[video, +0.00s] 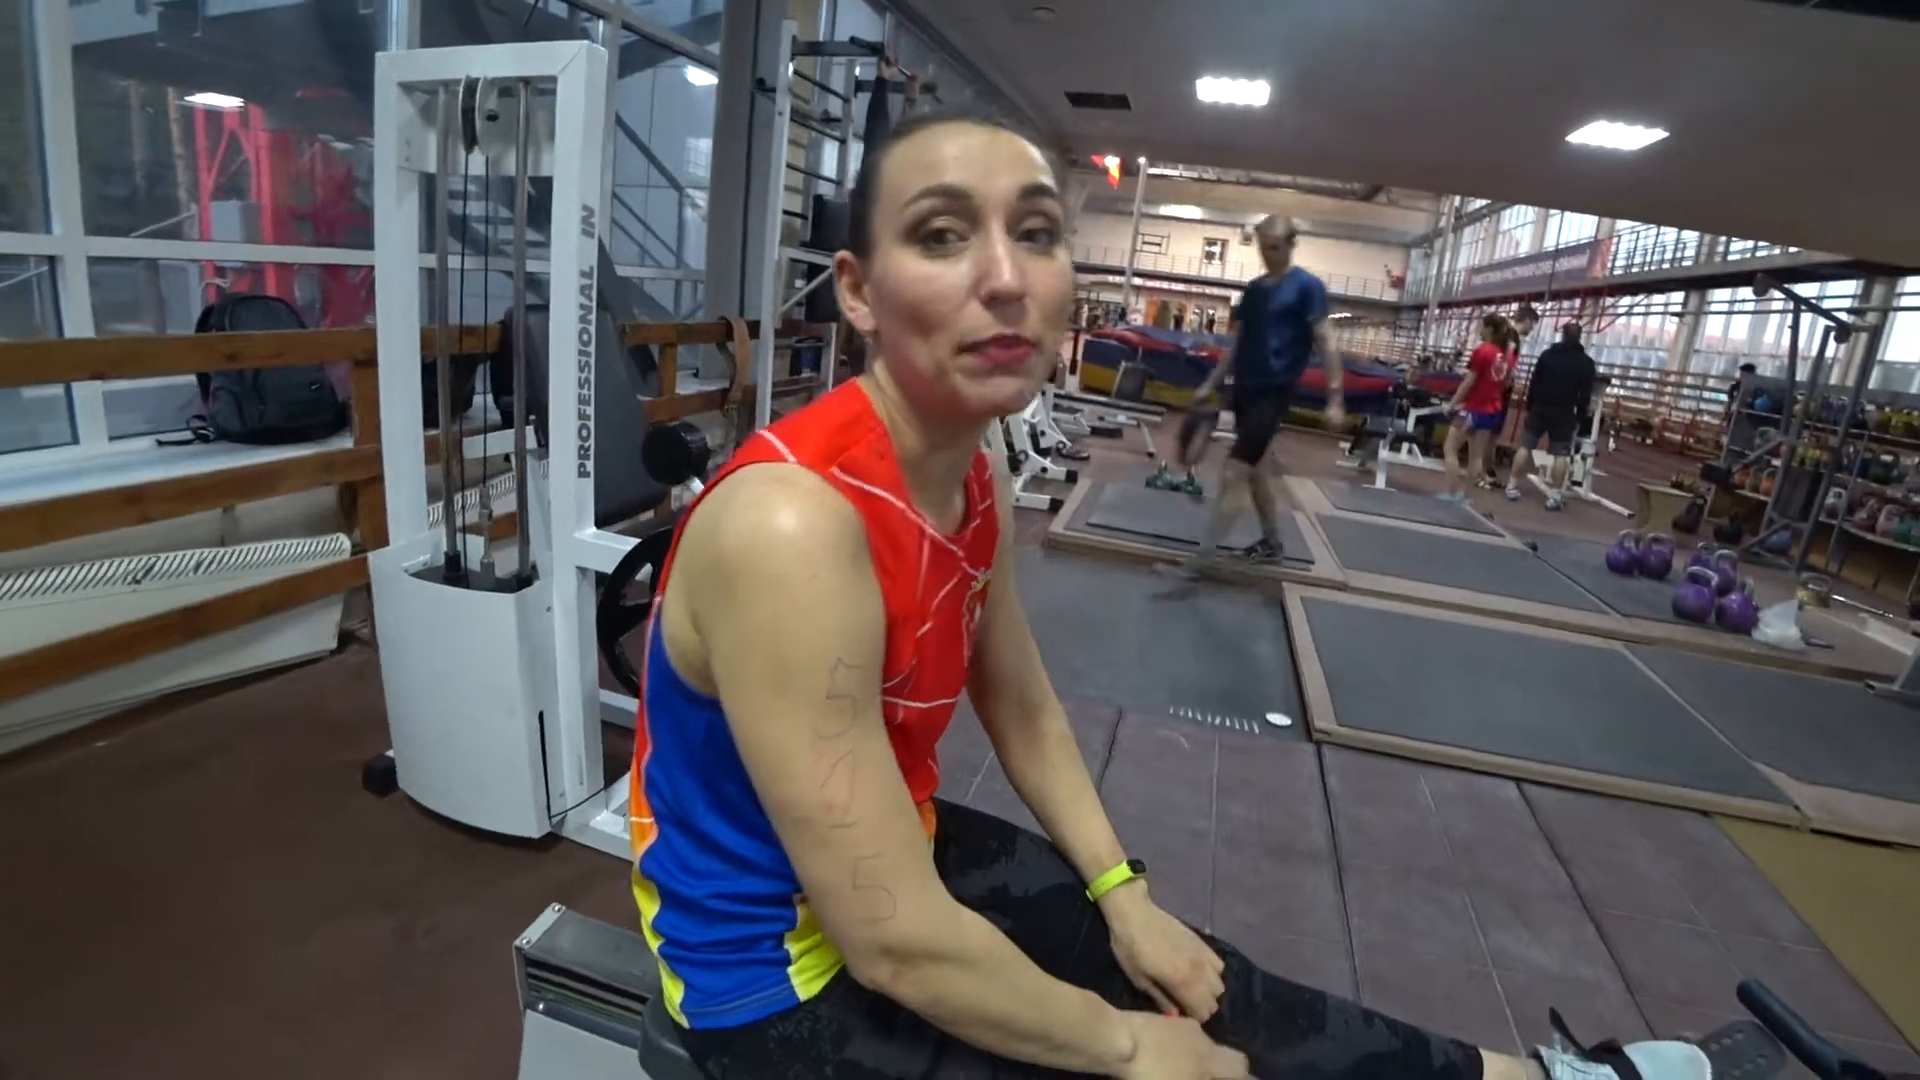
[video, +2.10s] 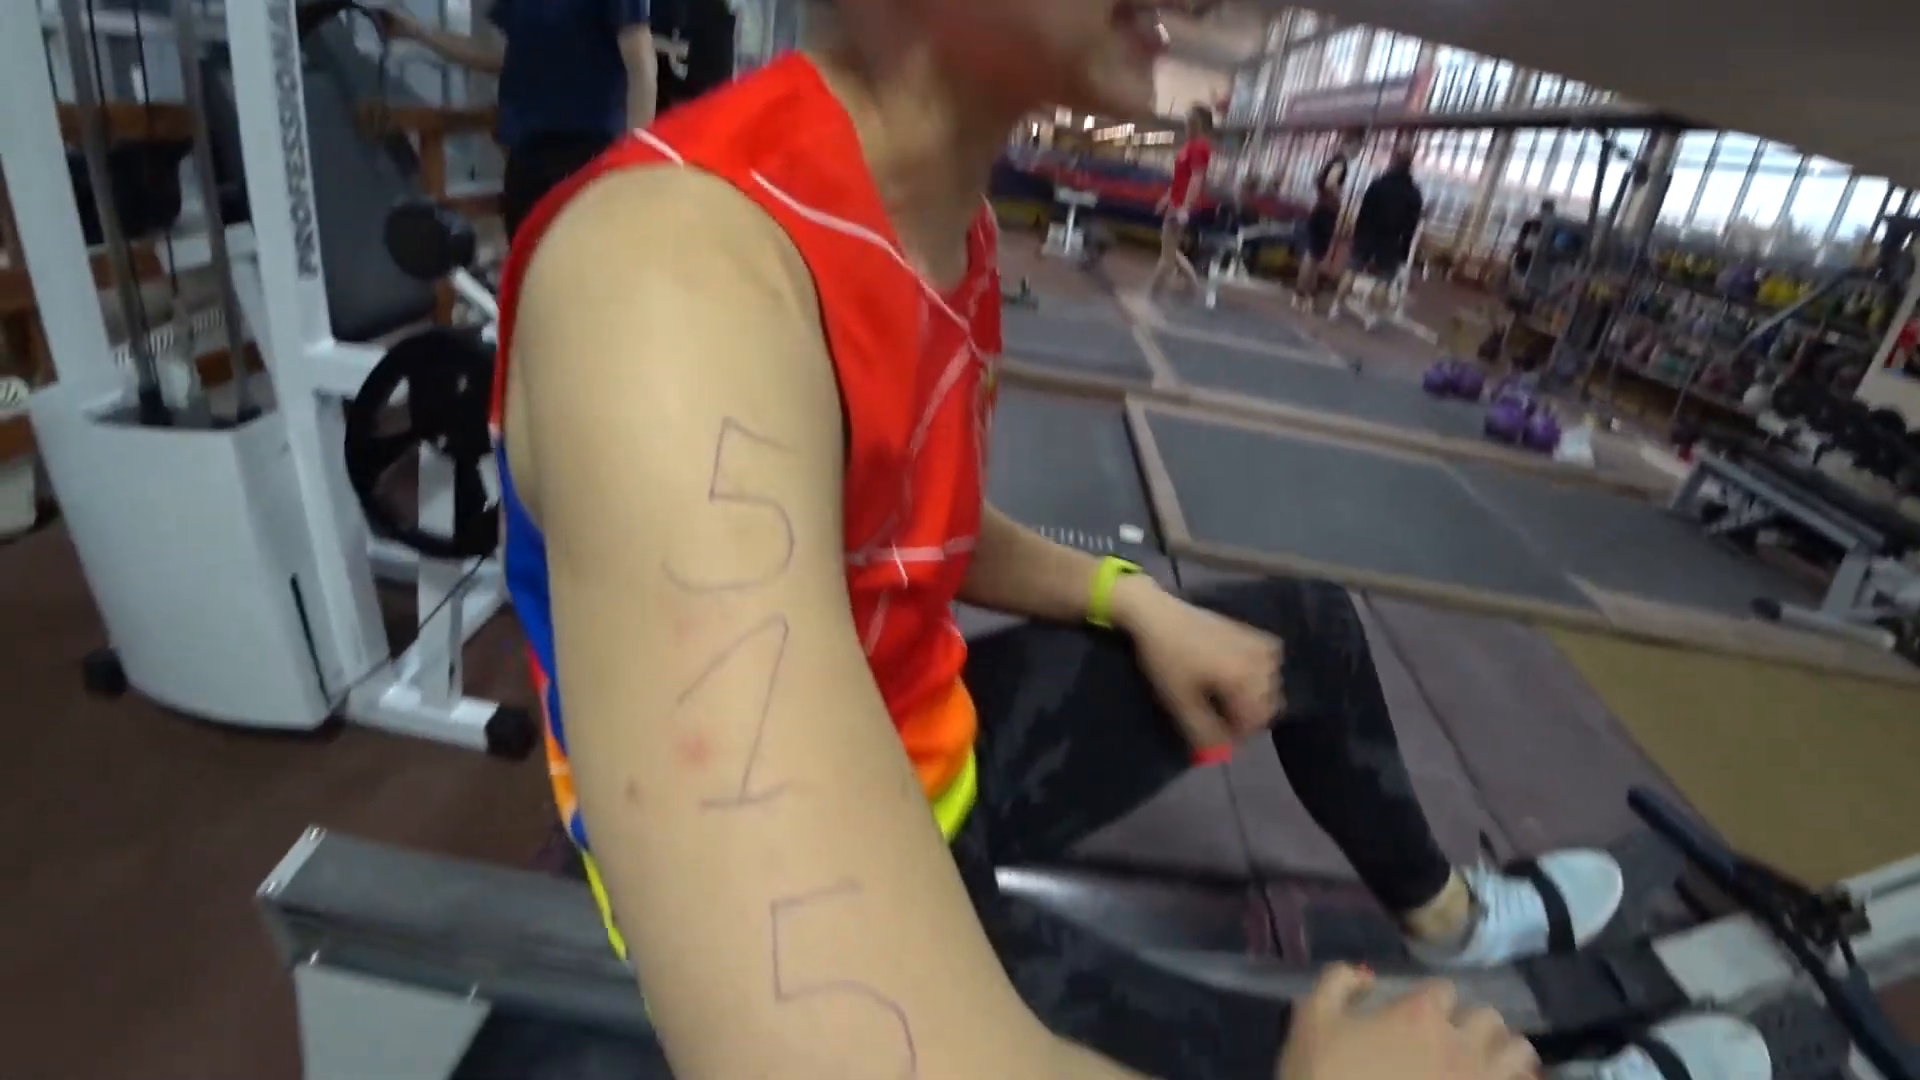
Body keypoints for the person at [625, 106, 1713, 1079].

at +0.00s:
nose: (1003, 278)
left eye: (1035, 232)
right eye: (942, 234)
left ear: (1073, 280)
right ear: (858, 293)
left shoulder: (957, 475)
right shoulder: (789, 529)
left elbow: (1019, 707)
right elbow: (892, 935)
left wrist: (1119, 897)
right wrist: (1133, 1047)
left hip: (914, 863)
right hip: (789, 991)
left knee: (1193, 978)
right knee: (1177, 1067)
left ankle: (1497, 1072)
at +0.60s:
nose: (1087, 190)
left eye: (1105, 141)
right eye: (1004, 144)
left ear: (1136, 191)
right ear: (889, 229)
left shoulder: (988, 428)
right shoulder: (814, 499)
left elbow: (1020, 690)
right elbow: (850, 1011)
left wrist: (1182, 813)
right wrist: (1191, 1011)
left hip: (960, 845)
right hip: (836, 1004)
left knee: (1293, 881)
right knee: (1315, 1047)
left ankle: (1548, 1067)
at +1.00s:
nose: (1044, 349)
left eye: (1114, 262)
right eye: (976, 260)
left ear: (1193, 257)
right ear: (901, 245)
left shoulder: (1023, 455)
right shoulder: (813, 547)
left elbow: (1031, 705)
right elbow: (941, 1059)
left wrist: (1234, 791)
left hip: (995, 926)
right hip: (827, 1042)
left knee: (1362, 827)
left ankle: (1519, 1074)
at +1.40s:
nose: (961, 436)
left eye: (1048, 344)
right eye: (891, 330)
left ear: (1145, 338)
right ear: (826, 301)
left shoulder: (984, 527)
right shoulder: (721, 638)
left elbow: (986, 763)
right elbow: (778, 1053)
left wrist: (1195, 826)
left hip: (978, 1002)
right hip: (809, 1050)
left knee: (1326, 861)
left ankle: (1413, 1065)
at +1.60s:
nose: (990, 308)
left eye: (1077, 207)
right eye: (910, 195)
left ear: (1171, 215)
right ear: (824, 183)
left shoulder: (969, 459)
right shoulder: (699, 547)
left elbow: (964, 724)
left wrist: (1189, 780)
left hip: (973, 974)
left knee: (1320, 817)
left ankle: (1430, 1071)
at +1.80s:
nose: (1030, 120)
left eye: (1109, 27)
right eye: (934, 20)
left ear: (1180, 69)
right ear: (818, 53)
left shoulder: (964, 359)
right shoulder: (684, 407)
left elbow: (940, 638)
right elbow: (800, 1040)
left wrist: (1182, 696)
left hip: (957, 904)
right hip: (785, 1006)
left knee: (1305, 736)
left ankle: (1445, 1050)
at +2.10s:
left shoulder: (936, 210)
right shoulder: (673, 272)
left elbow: (912, 523)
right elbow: (846, 1030)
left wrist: (1128, 602)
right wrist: (1325, 1066)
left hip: (945, 747)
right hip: (849, 921)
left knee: (1294, 622)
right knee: (1342, 1037)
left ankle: (1437, 920)